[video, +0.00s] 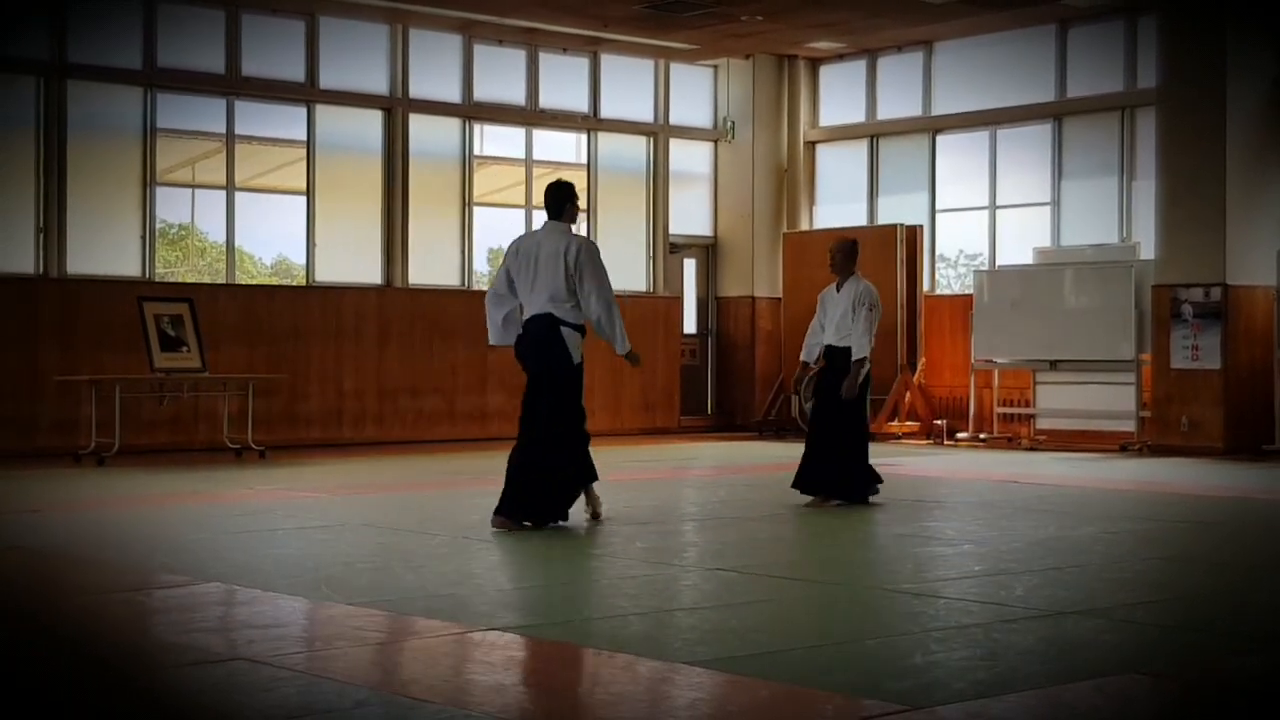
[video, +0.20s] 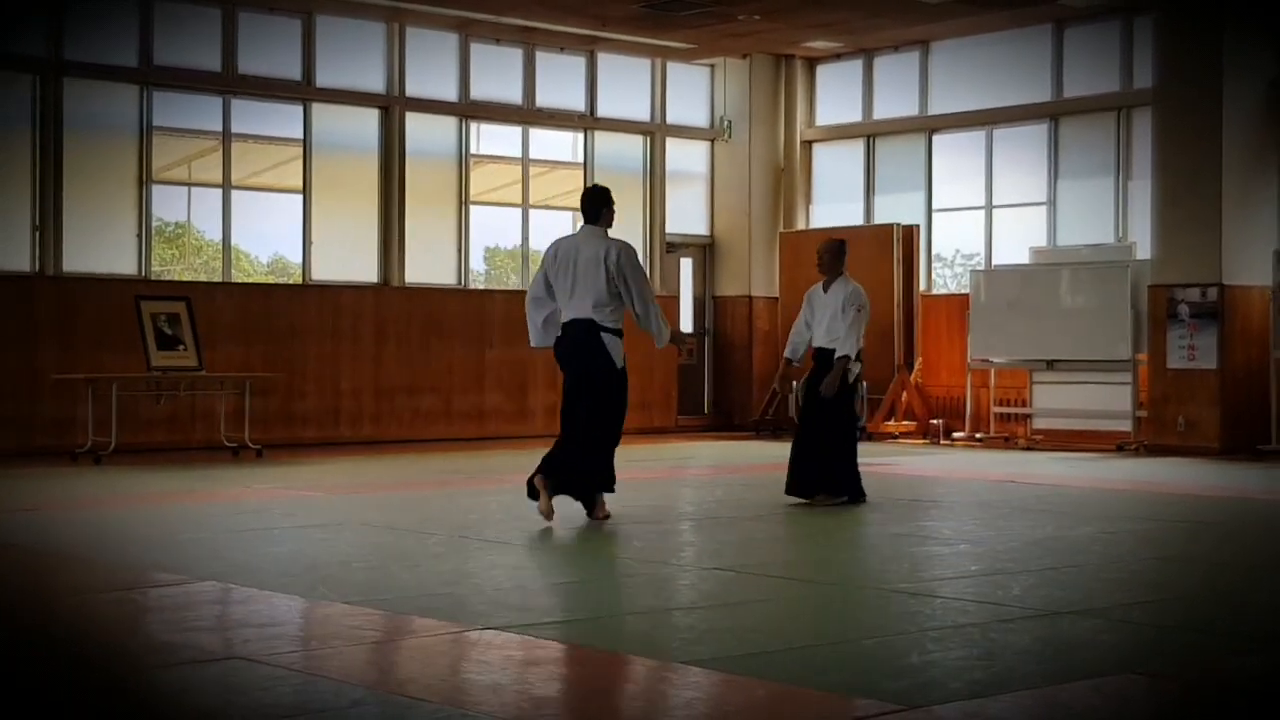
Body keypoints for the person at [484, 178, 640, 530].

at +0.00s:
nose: (579, 209)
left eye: (577, 203)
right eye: (577, 204)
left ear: (547, 208)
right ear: (570, 208)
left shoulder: (520, 245)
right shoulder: (580, 247)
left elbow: (499, 296)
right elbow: (598, 303)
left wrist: (515, 335)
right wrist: (624, 346)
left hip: (528, 340)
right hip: (562, 339)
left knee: (568, 418)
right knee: (538, 423)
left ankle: (588, 486)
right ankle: (509, 511)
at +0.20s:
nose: (614, 214)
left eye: (612, 208)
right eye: (612, 209)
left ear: (583, 213)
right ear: (607, 213)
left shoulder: (558, 249)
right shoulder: (617, 250)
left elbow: (538, 299)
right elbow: (642, 301)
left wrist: (552, 334)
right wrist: (665, 334)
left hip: (567, 341)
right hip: (602, 341)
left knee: (579, 418)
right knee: (606, 420)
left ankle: (595, 501)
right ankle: (548, 477)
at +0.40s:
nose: (652, 226)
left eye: (650, 221)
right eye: (652, 221)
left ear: (621, 223)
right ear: (648, 223)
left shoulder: (594, 258)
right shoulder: (655, 260)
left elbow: (572, 306)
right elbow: (695, 294)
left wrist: (588, 342)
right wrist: (714, 277)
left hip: (603, 351)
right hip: (640, 351)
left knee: (603, 423)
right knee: (678, 416)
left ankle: (593, 499)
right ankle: (657, 486)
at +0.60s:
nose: (698, 242)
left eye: (694, 236)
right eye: (697, 236)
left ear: (666, 237)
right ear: (695, 239)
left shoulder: (639, 267)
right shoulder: (702, 270)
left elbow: (604, 306)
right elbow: (738, 251)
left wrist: (602, 348)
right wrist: (721, 214)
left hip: (638, 362)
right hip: (680, 362)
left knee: (615, 429)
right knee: (719, 423)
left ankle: (589, 491)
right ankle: (753, 491)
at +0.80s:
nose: (706, 247)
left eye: (699, 240)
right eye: (714, 243)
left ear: (691, 243)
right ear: (718, 245)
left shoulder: (667, 270)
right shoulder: (727, 277)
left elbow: (644, 312)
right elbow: (752, 301)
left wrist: (634, 352)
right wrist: (774, 293)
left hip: (674, 353)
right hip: (712, 352)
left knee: (655, 418)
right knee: (728, 420)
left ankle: (659, 481)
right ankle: (729, 494)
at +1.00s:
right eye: (757, 263)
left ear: (732, 249)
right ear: (756, 259)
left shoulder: (695, 254)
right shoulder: (761, 274)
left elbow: (671, 306)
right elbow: (754, 323)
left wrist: (674, 350)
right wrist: (746, 349)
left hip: (697, 343)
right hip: (745, 346)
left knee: (678, 430)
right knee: (773, 425)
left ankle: (664, 513)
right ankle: (777, 501)